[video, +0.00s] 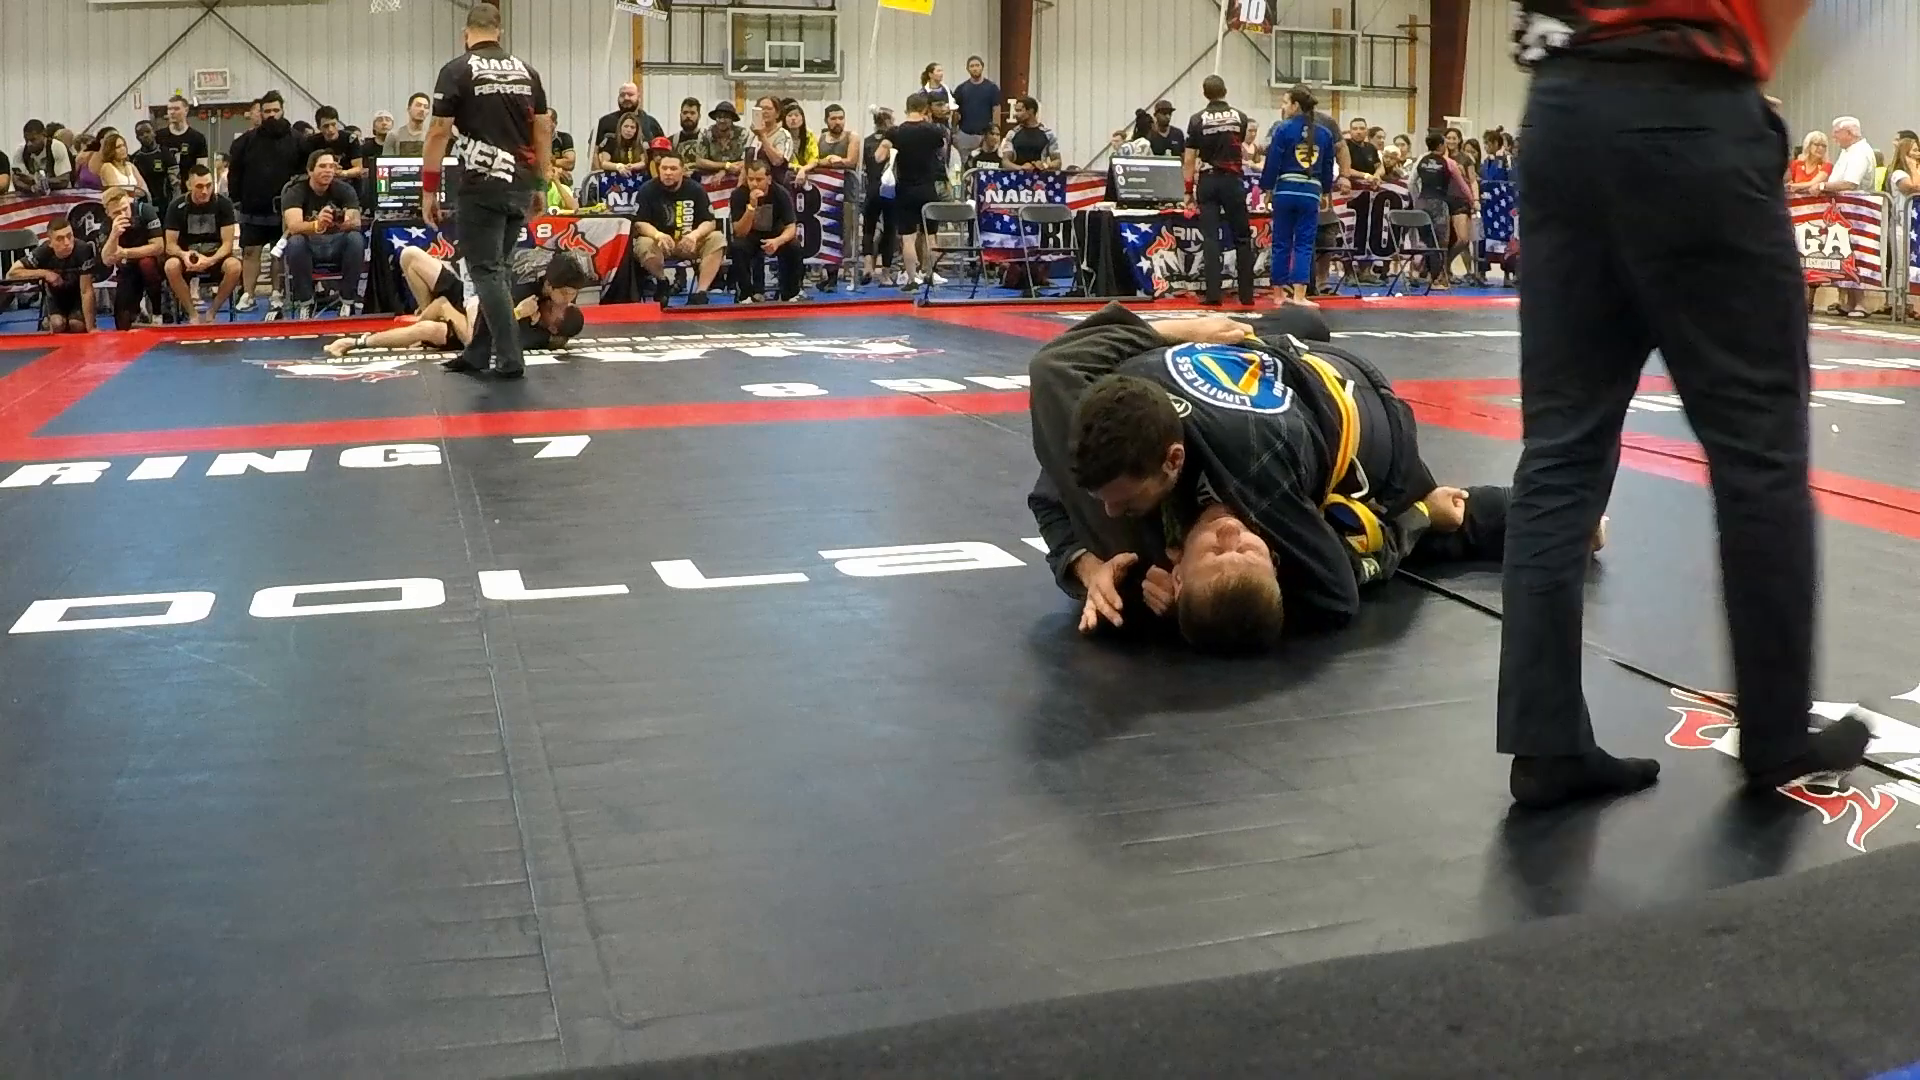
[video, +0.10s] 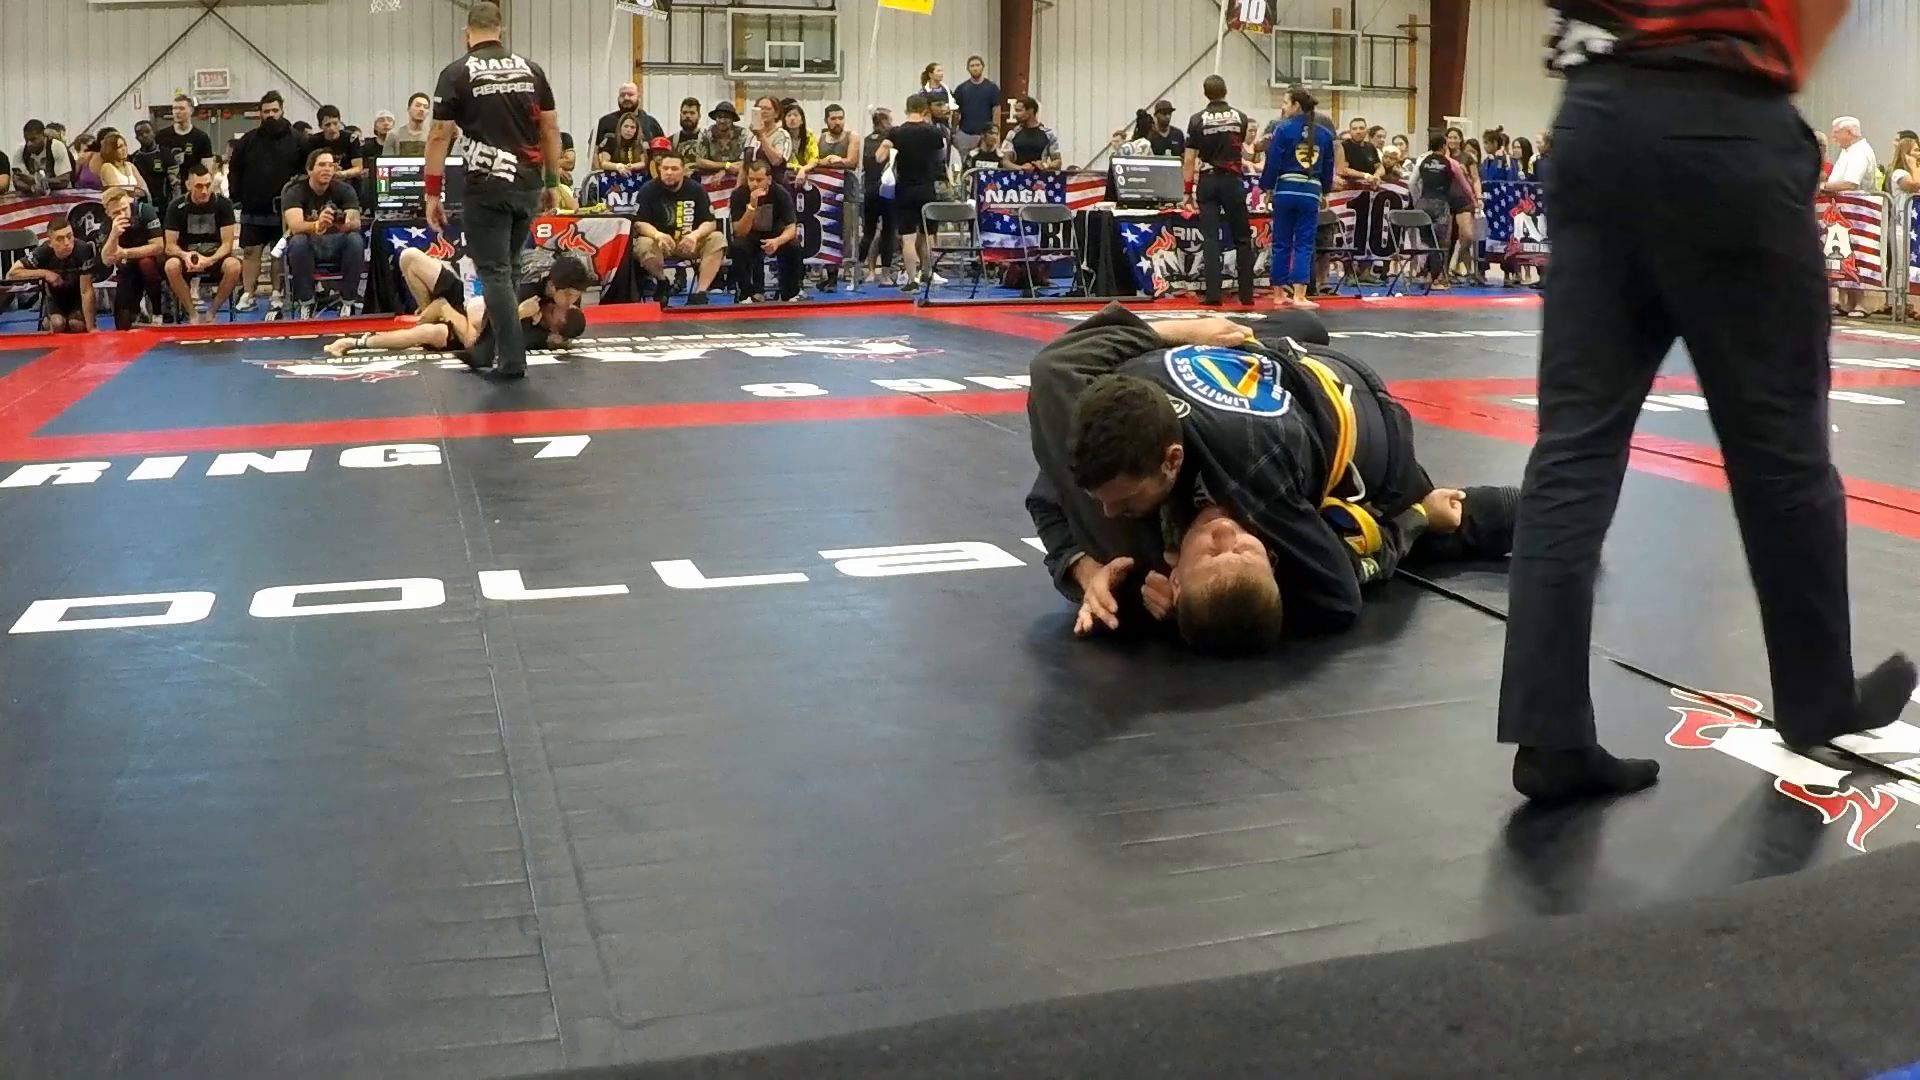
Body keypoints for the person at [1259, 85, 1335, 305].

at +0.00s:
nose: (1284, 107)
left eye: (1287, 103)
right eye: (1285, 102)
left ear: (1296, 105)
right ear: (1308, 106)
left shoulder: (1284, 128)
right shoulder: (1324, 133)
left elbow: (1273, 160)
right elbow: (1328, 166)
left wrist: (1266, 188)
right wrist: (1326, 191)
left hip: (1286, 189)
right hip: (1312, 192)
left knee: (1281, 241)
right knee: (1305, 243)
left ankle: (1278, 294)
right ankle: (1299, 295)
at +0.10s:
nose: (1283, 107)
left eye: (1286, 103)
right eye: (1284, 103)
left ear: (1296, 105)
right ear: (1307, 106)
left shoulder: (1284, 128)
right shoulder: (1325, 133)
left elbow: (1273, 160)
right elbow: (1328, 167)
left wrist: (1267, 187)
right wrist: (1324, 191)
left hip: (1285, 189)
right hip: (1311, 192)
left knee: (1281, 242)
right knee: (1305, 243)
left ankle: (1278, 293)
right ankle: (1300, 295)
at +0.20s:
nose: (1283, 107)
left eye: (1286, 103)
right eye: (1284, 103)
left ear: (1297, 105)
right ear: (1306, 106)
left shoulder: (1284, 129)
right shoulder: (1324, 133)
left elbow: (1273, 161)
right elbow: (1328, 166)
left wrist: (1267, 187)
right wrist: (1325, 190)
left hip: (1285, 189)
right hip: (1311, 192)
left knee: (1281, 242)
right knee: (1305, 243)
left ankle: (1278, 293)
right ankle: (1300, 295)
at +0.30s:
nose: (1284, 107)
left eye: (1287, 103)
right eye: (1285, 102)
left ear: (1296, 105)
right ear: (1307, 106)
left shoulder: (1284, 129)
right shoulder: (1324, 132)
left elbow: (1273, 161)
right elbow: (1328, 167)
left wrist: (1266, 188)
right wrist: (1324, 191)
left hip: (1285, 189)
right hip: (1312, 192)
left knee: (1281, 242)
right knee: (1305, 243)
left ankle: (1278, 293)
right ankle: (1299, 294)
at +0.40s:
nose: (1286, 108)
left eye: (1288, 104)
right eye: (1288, 104)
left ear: (1294, 106)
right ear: (1309, 106)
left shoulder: (1282, 130)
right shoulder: (1324, 133)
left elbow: (1272, 163)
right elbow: (1328, 167)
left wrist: (1266, 188)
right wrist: (1324, 192)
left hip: (1285, 192)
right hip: (1311, 194)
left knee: (1281, 243)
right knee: (1305, 244)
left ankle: (1279, 294)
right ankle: (1300, 295)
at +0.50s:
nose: (1284, 106)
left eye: (1287, 103)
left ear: (1291, 105)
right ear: (1310, 106)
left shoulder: (1282, 129)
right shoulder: (1324, 132)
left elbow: (1272, 161)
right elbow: (1328, 166)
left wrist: (1266, 187)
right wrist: (1326, 191)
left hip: (1285, 191)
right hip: (1311, 193)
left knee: (1281, 241)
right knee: (1305, 242)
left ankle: (1279, 288)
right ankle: (1300, 288)